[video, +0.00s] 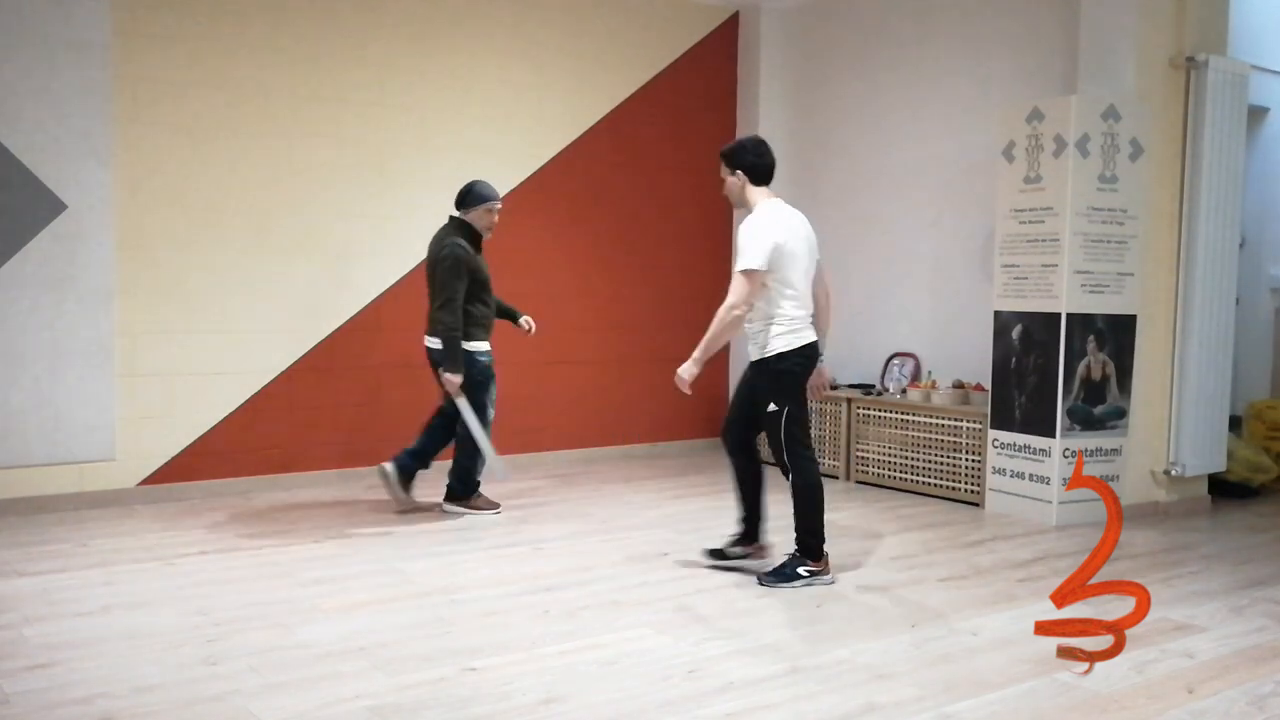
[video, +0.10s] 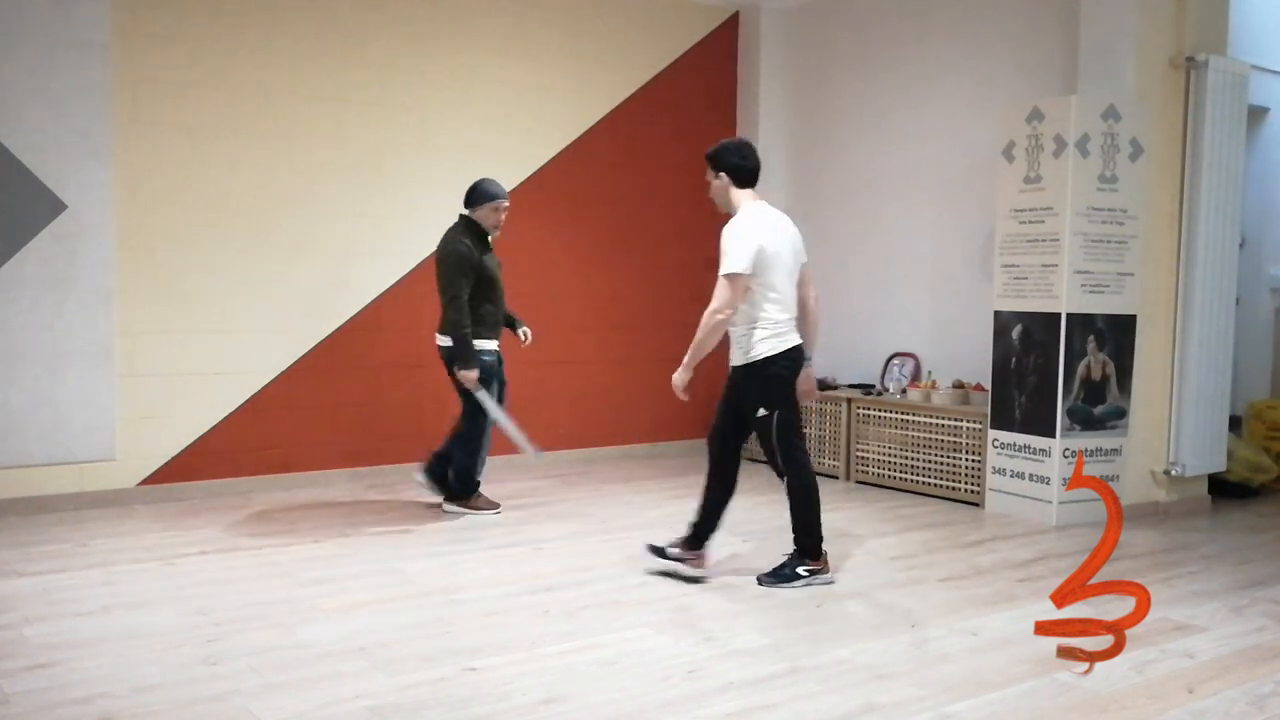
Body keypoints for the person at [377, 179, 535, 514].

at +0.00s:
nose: (497, 219)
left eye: (498, 212)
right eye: (492, 211)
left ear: (472, 213)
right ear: (471, 212)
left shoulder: (461, 243)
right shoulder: (454, 250)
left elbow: (477, 297)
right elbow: (448, 311)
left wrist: (513, 315)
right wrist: (451, 364)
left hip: (461, 347)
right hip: (468, 350)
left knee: (454, 413)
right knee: (476, 422)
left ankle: (403, 469)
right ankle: (462, 492)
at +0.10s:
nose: (503, 216)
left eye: (505, 210)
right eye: (497, 210)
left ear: (497, 210)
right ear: (477, 210)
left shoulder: (478, 242)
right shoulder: (457, 247)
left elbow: (485, 298)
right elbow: (455, 305)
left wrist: (513, 322)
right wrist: (465, 359)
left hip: (486, 344)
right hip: (466, 346)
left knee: (487, 411)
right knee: (478, 417)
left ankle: (440, 468)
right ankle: (462, 489)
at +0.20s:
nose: (509, 214)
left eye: (512, 207)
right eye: (503, 207)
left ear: (511, 209)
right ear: (483, 208)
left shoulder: (492, 240)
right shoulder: (463, 243)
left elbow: (496, 296)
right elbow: (457, 302)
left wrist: (517, 330)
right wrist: (476, 354)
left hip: (497, 344)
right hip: (471, 345)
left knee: (511, 406)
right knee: (479, 412)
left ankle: (489, 480)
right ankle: (460, 491)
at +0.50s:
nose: (539, 217)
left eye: (542, 210)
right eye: (531, 210)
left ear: (545, 213)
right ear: (512, 213)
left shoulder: (538, 248)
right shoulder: (489, 250)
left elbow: (542, 303)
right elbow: (477, 304)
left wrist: (569, 336)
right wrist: (502, 352)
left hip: (536, 352)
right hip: (499, 353)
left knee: (556, 416)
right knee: (501, 421)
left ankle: (553, 489)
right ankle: (472, 483)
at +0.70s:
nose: (558, 221)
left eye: (562, 215)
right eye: (550, 214)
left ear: (567, 219)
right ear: (533, 218)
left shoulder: (559, 256)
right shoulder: (512, 250)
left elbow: (568, 308)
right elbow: (508, 304)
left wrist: (604, 317)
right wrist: (547, 346)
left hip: (540, 352)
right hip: (504, 346)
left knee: (562, 410)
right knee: (511, 410)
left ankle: (553, 490)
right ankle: (494, 486)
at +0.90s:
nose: (558, 228)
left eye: (563, 222)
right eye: (551, 221)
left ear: (568, 225)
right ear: (535, 224)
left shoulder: (567, 262)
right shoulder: (518, 256)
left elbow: (580, 306)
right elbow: (552, 291)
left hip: (544, 363)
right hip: (504, 357)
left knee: (565, 422)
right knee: (498, 429)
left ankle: (551, 495)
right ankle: (485, 510)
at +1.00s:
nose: (546, 229)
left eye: (551, 223)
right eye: (539, 223)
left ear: (558, 227)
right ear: (523, 226)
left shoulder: (560, 263)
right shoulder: (508, 260)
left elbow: (574, 309)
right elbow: (531, 283)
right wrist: (568, 280)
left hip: (547, 364)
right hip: (505, 363)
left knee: (560, 432)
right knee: (503, 439)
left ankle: (550, 491)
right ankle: (496, 524)